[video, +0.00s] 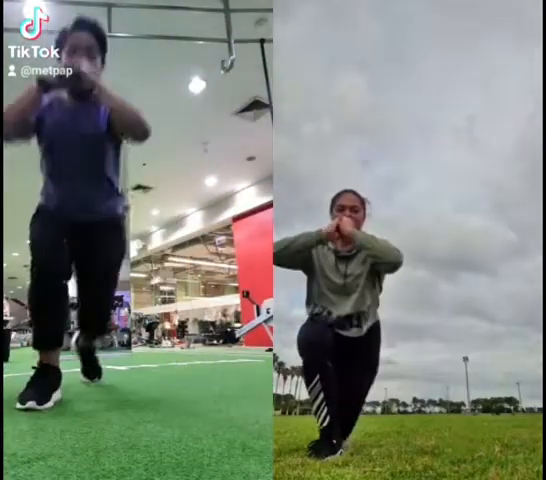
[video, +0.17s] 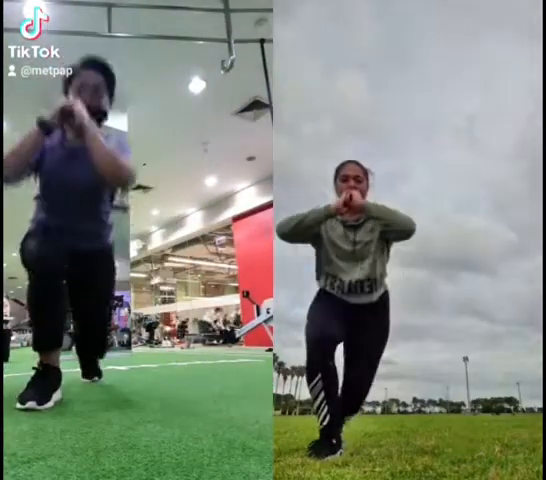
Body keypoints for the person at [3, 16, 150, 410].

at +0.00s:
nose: (80, 60)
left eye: (89, 54)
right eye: (72, 52)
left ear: (101, 62)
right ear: (59, 57)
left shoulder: (108, 107)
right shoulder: (46, 105)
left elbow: (141, 131)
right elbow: (7, 128)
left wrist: (98, 89)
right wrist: (39, 86)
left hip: (104, 215)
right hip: (55, 213)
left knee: (100, 297)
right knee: (45, 280)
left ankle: (87, 344)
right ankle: (47, 369)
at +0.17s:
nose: (88, 99)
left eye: (97, 92)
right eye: (81, 90)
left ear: (108, 100)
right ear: (67, 92)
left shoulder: (114, 140)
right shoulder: (48, 136)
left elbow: (122, 178)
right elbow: (9, 172)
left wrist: (88, 130)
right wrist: (46, 126)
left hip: (93, 242)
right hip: (47, 236)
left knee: (95, 324)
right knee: (44, 275)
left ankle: (90, 355)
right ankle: (47, 369)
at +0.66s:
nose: (87, 71)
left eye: (96, 64)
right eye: (80, 63)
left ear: (108, 72)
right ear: (66, 69)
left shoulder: (116, 115)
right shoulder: (53, 115)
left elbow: (144, 136)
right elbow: (10, 136)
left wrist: (99, 96)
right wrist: (46, 95)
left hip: (109, 224)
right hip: (63, 219)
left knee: (111, 308)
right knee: (57, 286)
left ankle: (96, 346)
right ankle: (49, 369)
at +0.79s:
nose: (105, 62)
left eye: (114, 54)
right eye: (98, 53)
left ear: (126, 62)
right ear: (84, 60)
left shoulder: (135, 110)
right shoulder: (70, 103)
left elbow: (171, 126)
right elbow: (25, 122)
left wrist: (126, 82)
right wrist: (72, 80)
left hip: (120, 217)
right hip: (72, 214)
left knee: (160, 280)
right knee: (53, 279)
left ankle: (141, 344)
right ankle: (48, 371)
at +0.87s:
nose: (119, 72)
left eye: (128, 64)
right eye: (111, 64)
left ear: (139, 73)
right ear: (97, 71)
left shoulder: (146, 120)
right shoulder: (81, 114)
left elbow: (185, 134)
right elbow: (39, 132)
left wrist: (140, 91)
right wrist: (82, 99)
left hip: (130, 224)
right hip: (80, 224)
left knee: (180, 267)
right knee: (48, 271)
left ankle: (184, 356)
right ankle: (47, 371)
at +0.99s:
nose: (135, 100)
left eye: (143, 92)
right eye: (126, 92)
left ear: (154, 101)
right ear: (111, 100)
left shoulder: (161, 148)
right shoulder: (99, 143)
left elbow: (206, 161)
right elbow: (62, 164)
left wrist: (160, 118)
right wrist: (109, 125)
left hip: (147, 249)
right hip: (97, 248)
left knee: (198, 271)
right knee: (51, 267)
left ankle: (205, 368)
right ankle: (48, 372)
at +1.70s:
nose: (176, 78)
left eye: (185, 72)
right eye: (169, 72)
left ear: (197, 80)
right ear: (157, 80)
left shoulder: (207, 123)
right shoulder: (143, 125)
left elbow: (247, 130)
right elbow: (94, 147)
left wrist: (193, 109)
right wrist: (138, 120)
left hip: (197, 224)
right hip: (152, 222)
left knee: (210, 281)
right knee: (110, 262)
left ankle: (211, 367)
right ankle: (99, 334)